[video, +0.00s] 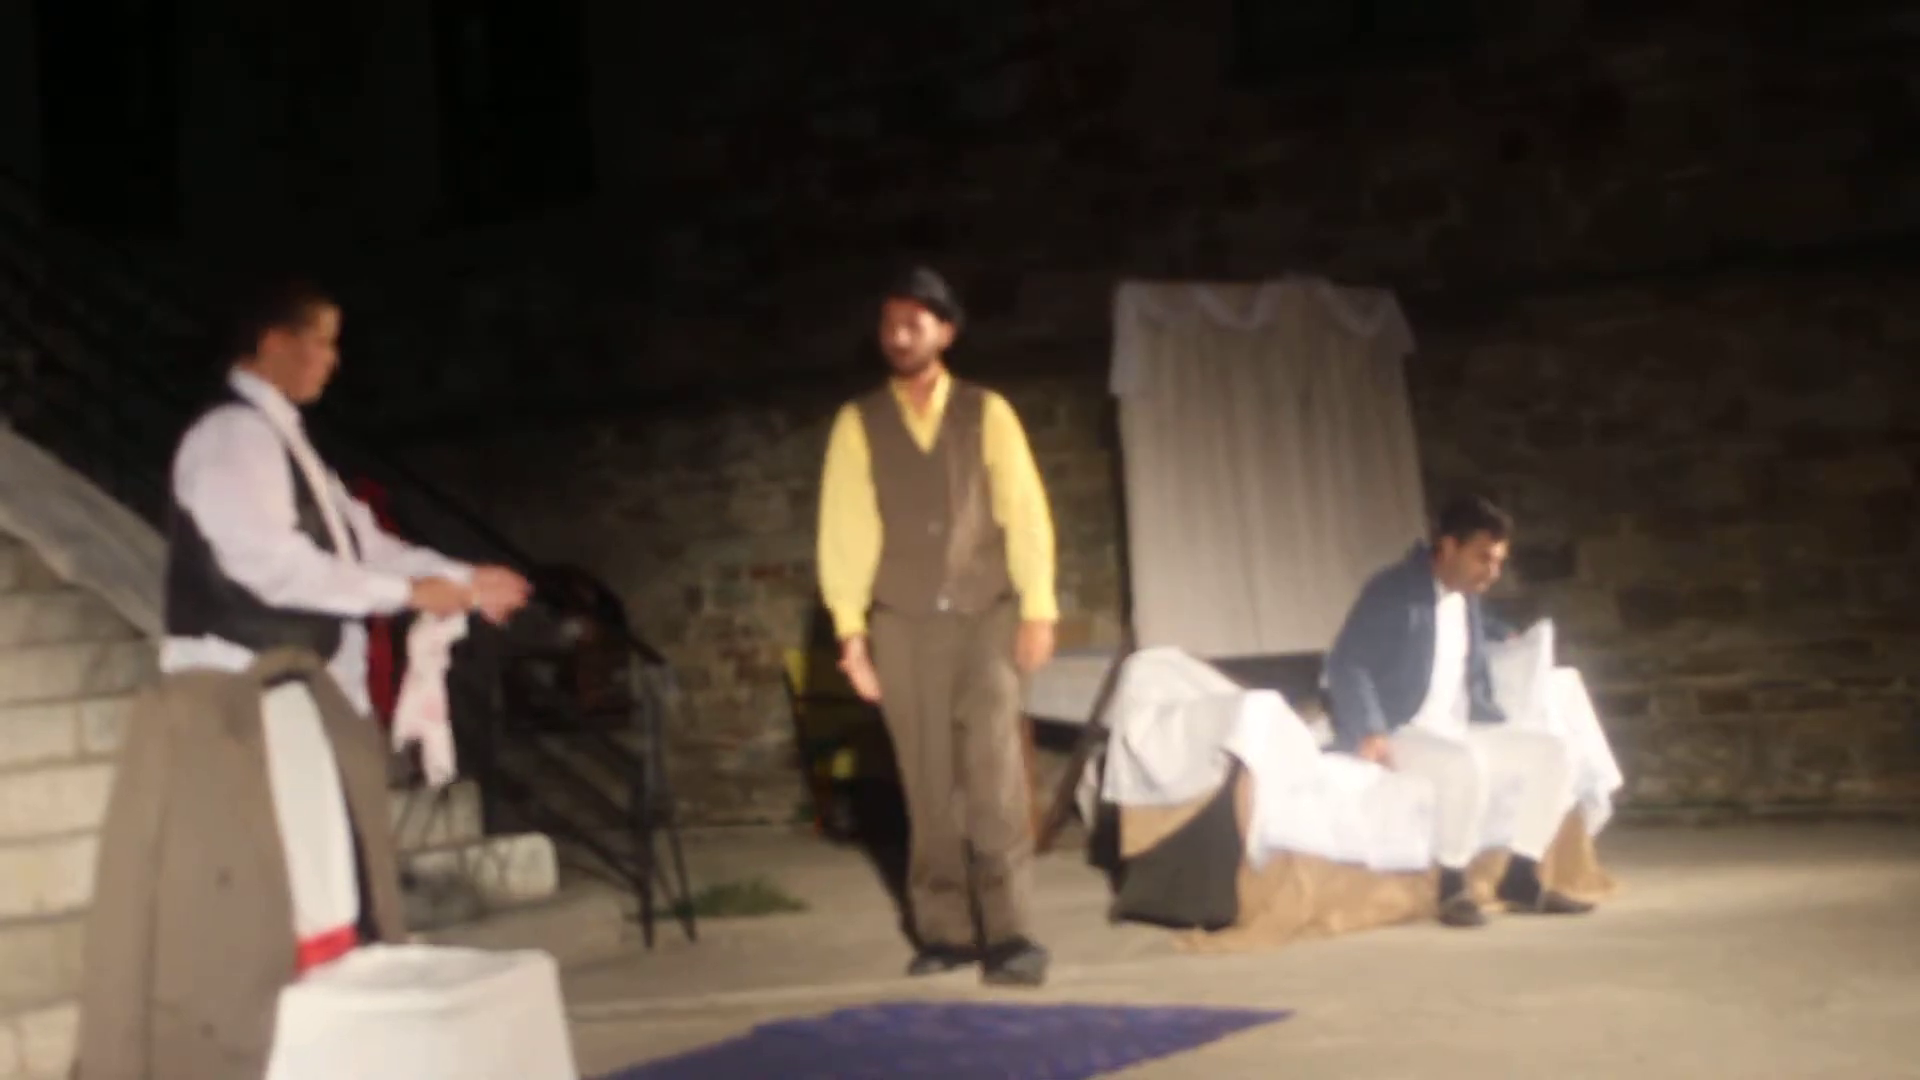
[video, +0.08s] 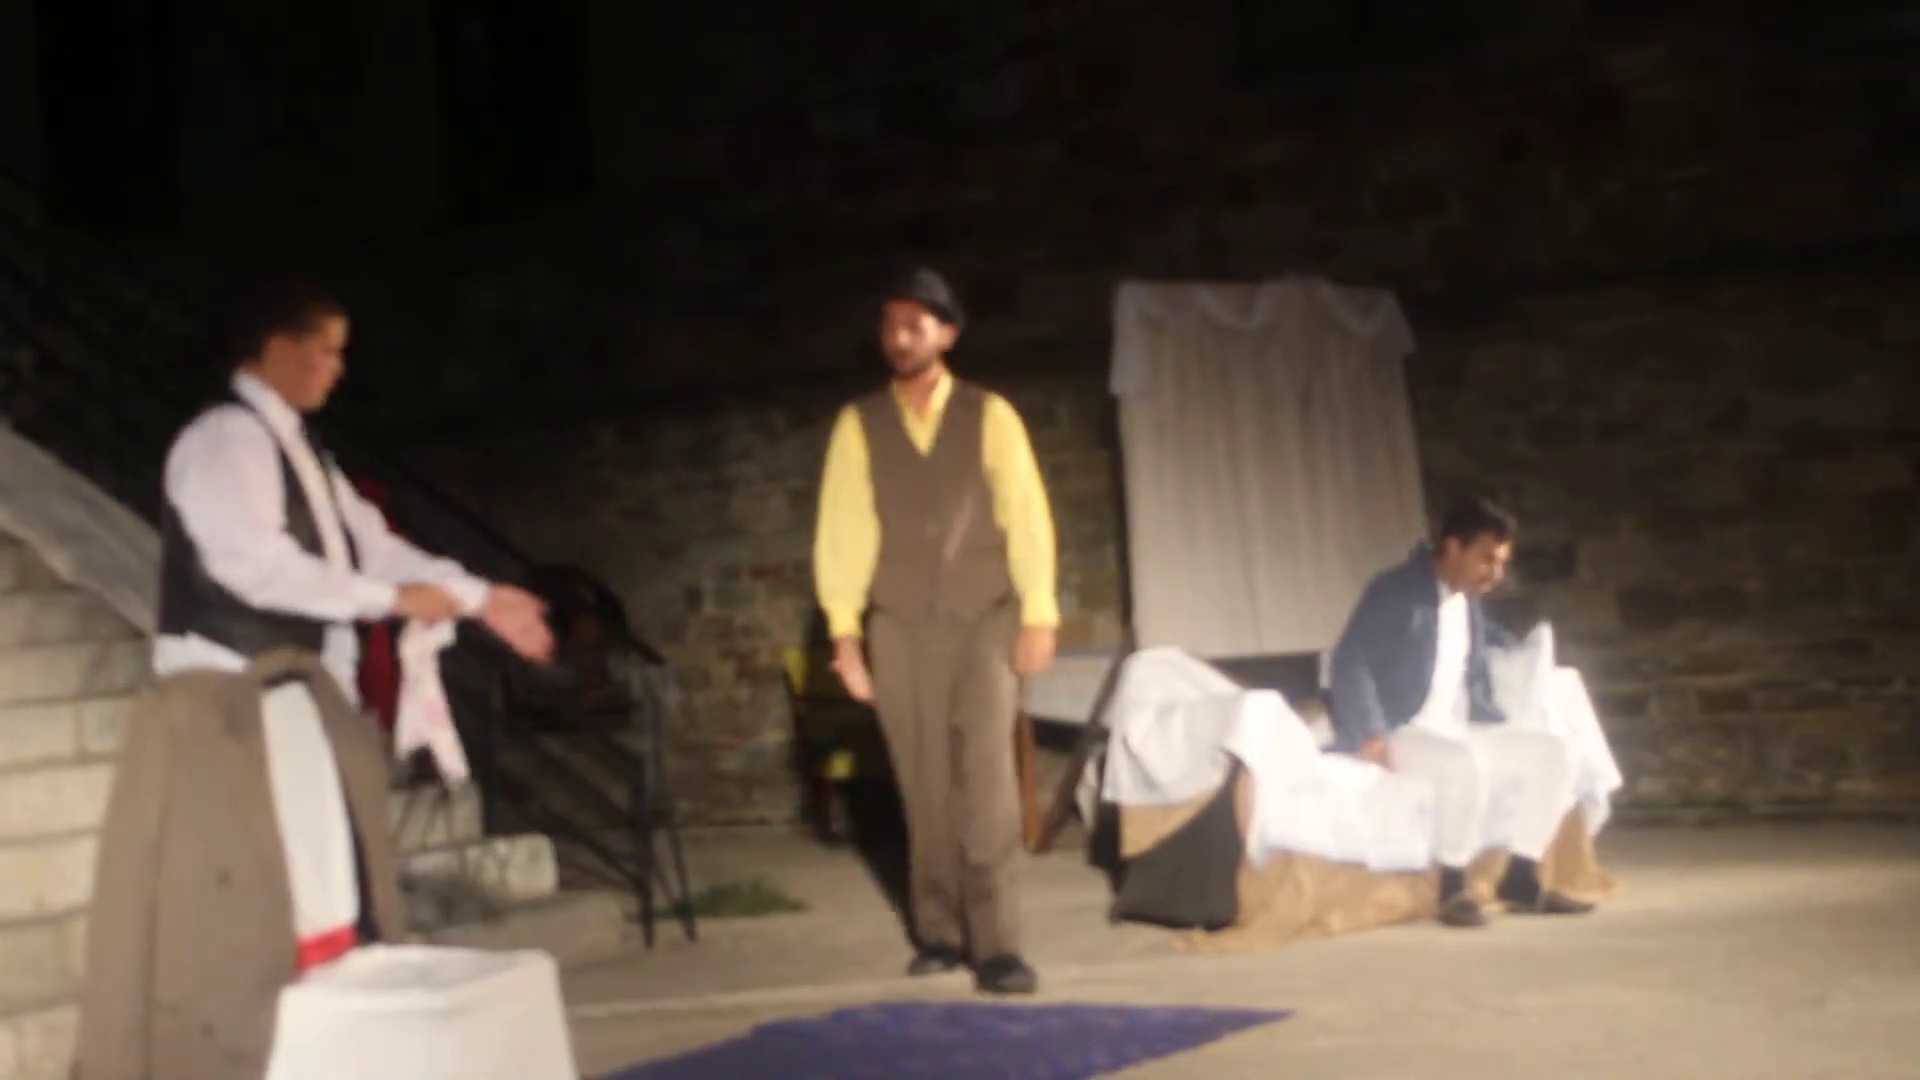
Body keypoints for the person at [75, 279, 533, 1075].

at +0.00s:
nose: (332, 359)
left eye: (334, 344)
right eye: (321, 342)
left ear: (287, 349)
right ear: (272, 344)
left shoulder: (287, 440)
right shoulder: (232, 436)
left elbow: (364, 545)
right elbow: (268, 566)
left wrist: (464, 580)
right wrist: (411, 594)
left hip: (300, 704)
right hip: (241, 710)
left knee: (332, 887)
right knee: (288, 895)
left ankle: (340, 1048)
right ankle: (293, 1051)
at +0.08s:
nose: (337, 370)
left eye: (340, 354)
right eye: (326, 352)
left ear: (300, 357)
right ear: (274, 349)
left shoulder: (305, 455)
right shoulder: (221, 441)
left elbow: (379, 549)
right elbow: (252, 567)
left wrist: (483, 599)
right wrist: (391, 600)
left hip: (299, 708)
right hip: (224, 712)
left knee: (328, 893)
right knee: (249, 902)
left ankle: (336, 1049)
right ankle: (250, 1057)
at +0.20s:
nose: (337, 382)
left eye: (341, 366)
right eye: (327, 362)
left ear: (296, 366)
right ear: (277, 357)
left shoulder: (297, 459)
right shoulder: (212, 442)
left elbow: (353, 575)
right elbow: (228, 573)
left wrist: (445, 626)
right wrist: (356, 616)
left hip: (292, 708)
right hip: (212, 714)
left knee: (325, 898)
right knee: (236, 910)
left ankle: (332, 1052)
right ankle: (239, 1061)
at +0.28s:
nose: (325, 392)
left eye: (329, 375)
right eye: (318, 372)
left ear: (284, 369)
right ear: (267, 363)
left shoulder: (269, 459)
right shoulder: (208, 446)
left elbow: (289, 599)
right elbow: (216, 575)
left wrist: (380, 654)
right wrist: (348, 623)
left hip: (270, 716)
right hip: (207, 724)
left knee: (310, 906)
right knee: (234, 916)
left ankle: (310, 1057)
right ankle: (231, 1063)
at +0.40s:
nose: (299, 396)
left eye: (300, 381)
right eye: (292, 378)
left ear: (248, 374)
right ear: (246, 371)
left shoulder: (230, 453)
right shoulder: (205, 449)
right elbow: (219, 576)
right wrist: (329, 636)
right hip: (171, 700)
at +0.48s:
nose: (271, 395)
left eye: (275, 380)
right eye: (270, 377)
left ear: (213, 363)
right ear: (236, 366)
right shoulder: (218, 445)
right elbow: (230, 568)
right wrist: (299, 634)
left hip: (99, 661)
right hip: (163, 673)